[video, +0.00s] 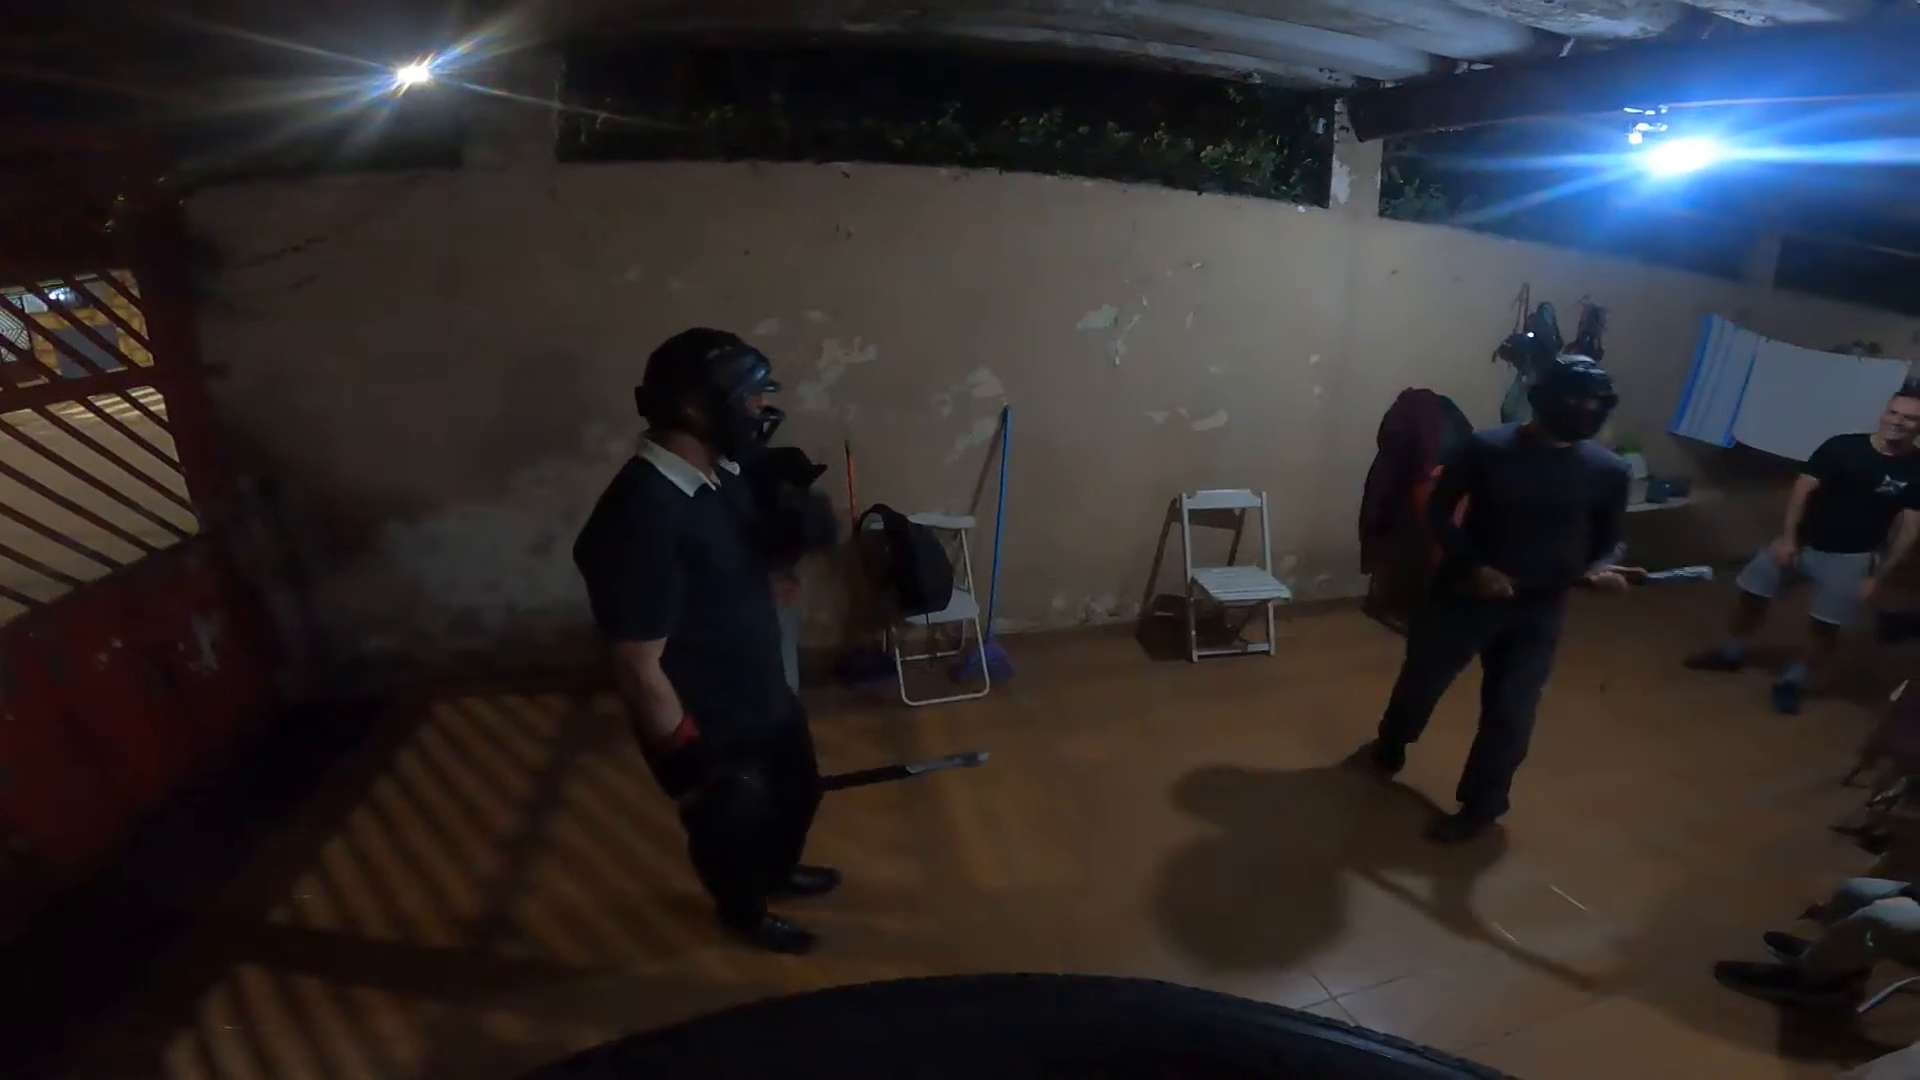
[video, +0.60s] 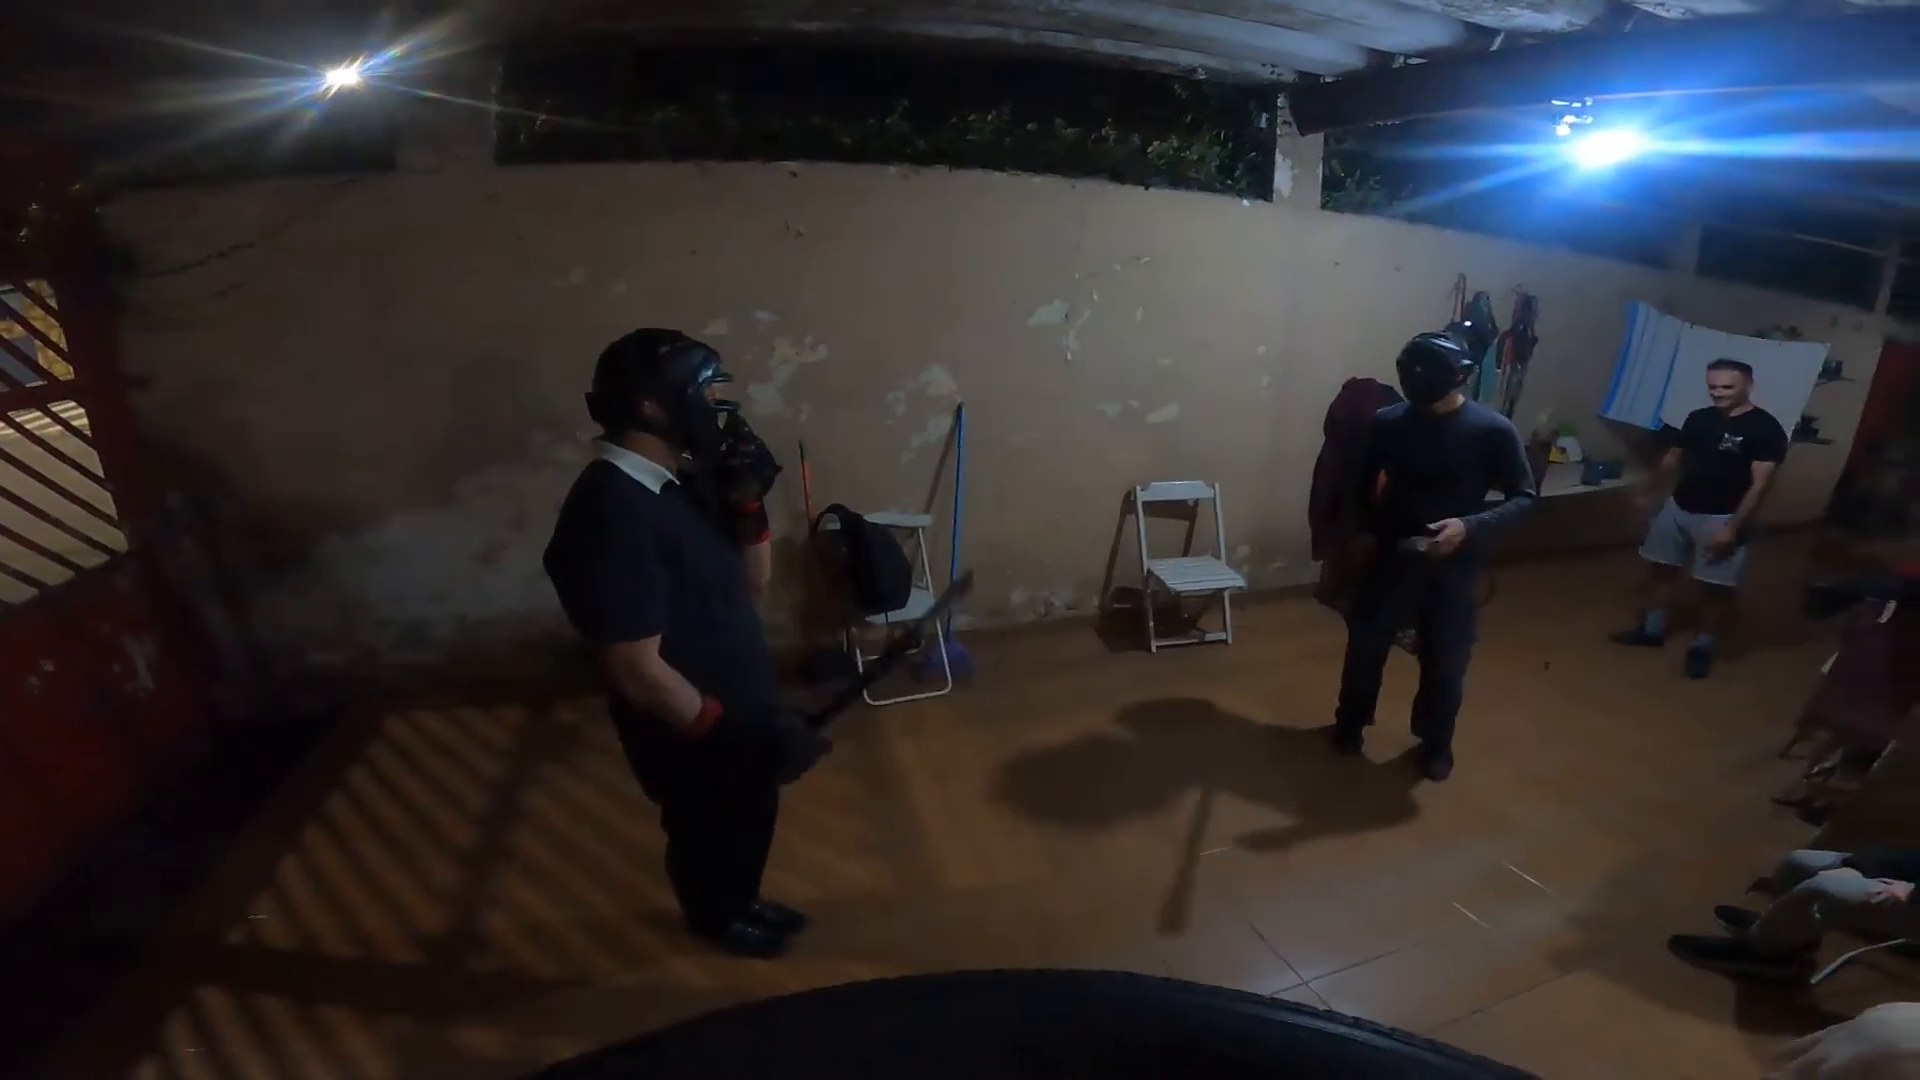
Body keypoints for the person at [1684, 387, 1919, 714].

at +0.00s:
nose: (1899, 421)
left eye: (1909, 418)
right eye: (1894, 413)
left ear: (1919, 426)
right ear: (1883, 414)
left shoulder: (1912, 471)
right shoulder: (1841, 447)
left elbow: (1909, 529)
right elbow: (1802, 487)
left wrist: (1878, 576)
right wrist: (1788, 538)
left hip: (1849, 557)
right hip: (1803, 541)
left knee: (1825, 623)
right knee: (1752, 584)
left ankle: (1795, 680)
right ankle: (1733, 649)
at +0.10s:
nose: (1860, 414)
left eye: (1871, 410)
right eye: (1855, 405)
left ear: (1886, 418)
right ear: (1846, 406)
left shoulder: (1889, 463)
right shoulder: (1812, 440)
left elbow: (1879, 522)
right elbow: (1773, 478)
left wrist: (1840, 563)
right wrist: (1757, 521)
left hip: (1825, 550)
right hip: (1779, 535)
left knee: (1803, 616)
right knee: (1735, 584)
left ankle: (1780, 676)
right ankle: (1709, 646)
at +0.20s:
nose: (1840, 411)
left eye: (1851, 407)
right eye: (1835, 403)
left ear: (1866, 413)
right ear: (1826, 403)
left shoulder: (1871, 457)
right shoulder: (1797, 436)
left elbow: (1859, 515)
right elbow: (1759, 475)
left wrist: (1823, 558)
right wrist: (1741, 516)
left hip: (1809, 545)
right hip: (1764, 531)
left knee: (1791, 611)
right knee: (1723, 581)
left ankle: (1774, 672)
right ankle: (1704, 643)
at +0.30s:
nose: (1806, 406)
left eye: (1816, 401)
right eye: (1801, 398)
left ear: (1835, 403)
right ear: (1795, 398)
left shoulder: (1845, 448)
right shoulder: (1773, 432)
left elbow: (1830, 505)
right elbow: (1738, 471)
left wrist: (1796, 549)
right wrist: (1717, 513)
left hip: (1784, 539)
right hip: (1741, 526)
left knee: (1772, 607)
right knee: (1709, 581)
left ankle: (1764, 668)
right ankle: (1692, 641)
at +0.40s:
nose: (1765, 402)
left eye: (1774, 396)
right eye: (1760, 396)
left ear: (1796, 397)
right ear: (1754, 396)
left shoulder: (1811, 442)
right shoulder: (1741, 428)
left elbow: (1795, 498)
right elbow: (1711, 469)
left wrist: (1757, 539)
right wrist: (1687, 510)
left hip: (1757, 533)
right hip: (1711, 520)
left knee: (1755, 602)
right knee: (1685, 574)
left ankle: (1745, 664)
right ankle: (1676, 636)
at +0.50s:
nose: (1748, 400)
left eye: (1757, 394)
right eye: (1743, 393)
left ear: (1778, 393)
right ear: (1738, 393)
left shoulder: (1795, 437)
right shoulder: (1727, 424)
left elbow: (1783, 493)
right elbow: (1698, 467)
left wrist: (1745, 532)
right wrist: (1674, 508)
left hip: (1745, 528)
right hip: (1699, 516)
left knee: (1743, 597)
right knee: (1677, 573)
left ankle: (1733, 658)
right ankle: (1668, 634)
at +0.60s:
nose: (1718, 394)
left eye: (1727, 388)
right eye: (1713, 388)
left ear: (1747, 387)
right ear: (1708, 386)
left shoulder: (1765, 428)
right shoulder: (1699, 419)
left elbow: (1760, 485)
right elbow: (1673, 459)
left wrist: (1734, 526)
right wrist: (1649, 490)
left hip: (1721, 522)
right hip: (1679, 512)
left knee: (1715, 590)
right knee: (1659, 569)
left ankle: (1702, 646)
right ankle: (1652, 627)